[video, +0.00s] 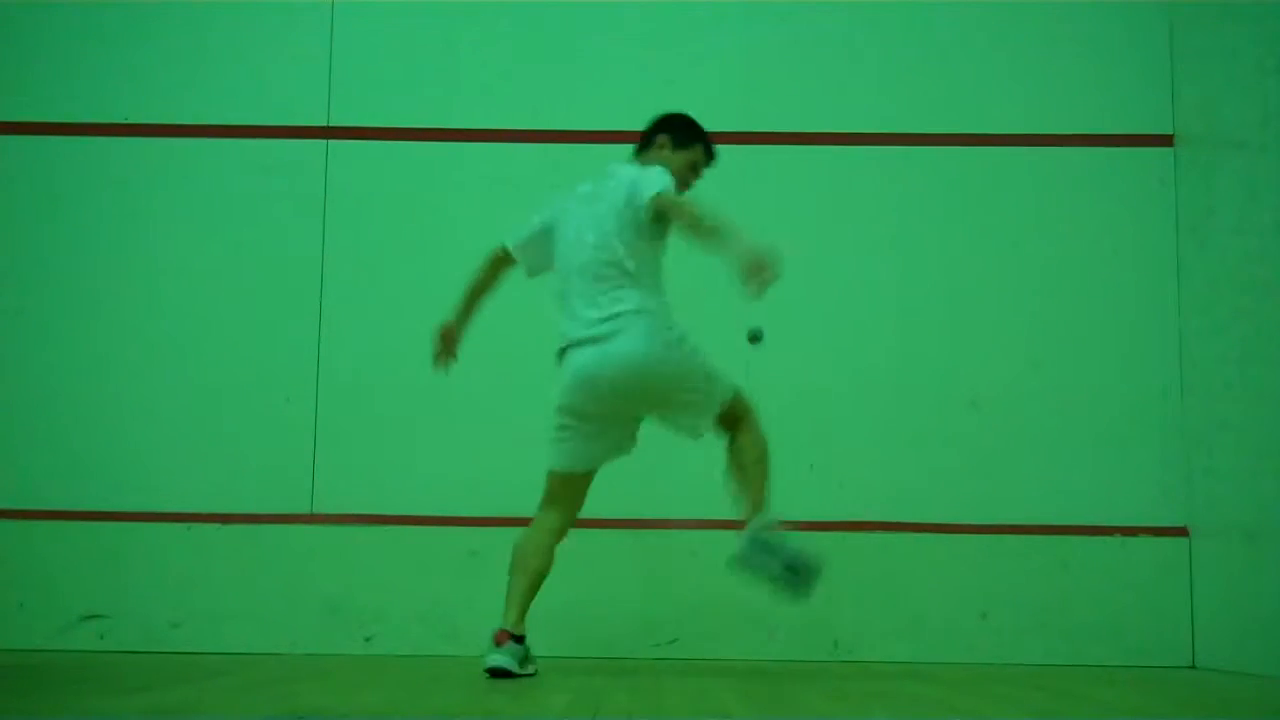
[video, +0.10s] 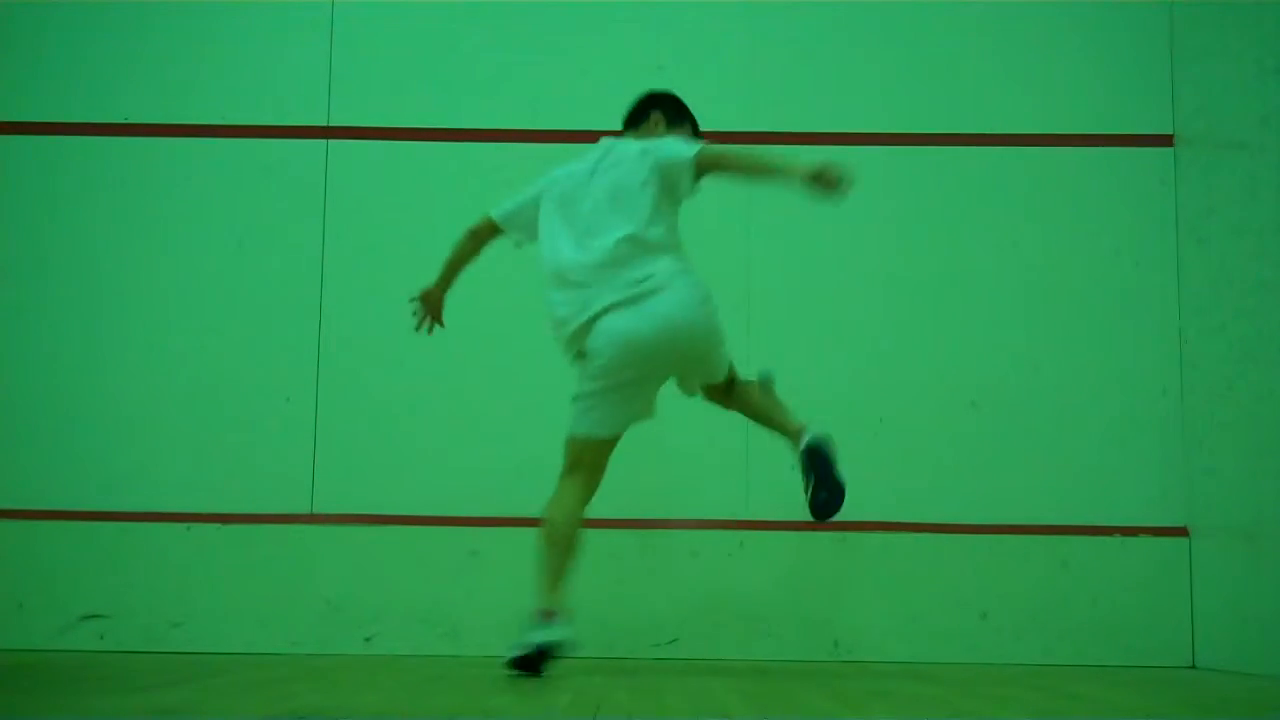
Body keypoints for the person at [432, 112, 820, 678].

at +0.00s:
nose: (690, 182)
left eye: (696, 173)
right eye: (690, 168)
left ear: (647, 146)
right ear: (661, 144)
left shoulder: (572, 202)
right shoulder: (646, 178)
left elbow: (501, 258)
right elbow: (679, 212)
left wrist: (455, 323)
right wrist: (741, 249)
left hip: (584, 367)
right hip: (649, 348)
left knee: (555, 508)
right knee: (738, 416)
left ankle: (509, 635)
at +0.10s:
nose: (685, 152)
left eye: (688, 144)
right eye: (683, 141)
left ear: (634, 122)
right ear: (655, 122)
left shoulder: (558, 181)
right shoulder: (653, 152)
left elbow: (481, 230)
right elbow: (718, 157)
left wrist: (437, 288)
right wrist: (799, 172)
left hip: (608, 343)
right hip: (680, 310)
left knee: (576, 481)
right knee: (725, 385)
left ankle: (547, 619)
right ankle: (804, 438)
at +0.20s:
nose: (673, 129)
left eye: (667, 123)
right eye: (670, 121)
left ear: (609, 121)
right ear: (655, 118)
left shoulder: (566, 166)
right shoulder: (671, 143)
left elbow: (486, 226)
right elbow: (750, 140)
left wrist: (433, 290)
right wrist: (837, 134)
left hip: (643, 322)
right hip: (712, 302)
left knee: (605, 466)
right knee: (705, 421)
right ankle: (803, 479)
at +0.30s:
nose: (581, 154)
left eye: (580, 147)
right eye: (611, 145)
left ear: (581, 146)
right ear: (631, 140)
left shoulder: (572, 185)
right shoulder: (673, 166)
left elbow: (512, 262)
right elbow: (767, 157)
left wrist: (457, 332)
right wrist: (855, 146)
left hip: (683, 343)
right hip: (733, 335)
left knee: (650, 486)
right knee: (696, 472)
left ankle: (701, 629)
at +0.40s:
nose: (553, 223)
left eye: (549, 209)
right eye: (546, 214)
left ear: (571, 185)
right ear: (583, 184)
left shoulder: (608, 232)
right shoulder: (664, 209)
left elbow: (586, 323)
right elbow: (746, 213)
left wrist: (534, 393)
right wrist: (832, 211)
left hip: (713, 380)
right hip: (751, 376)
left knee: (647, 507)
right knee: (692, 508)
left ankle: (704, 638)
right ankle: (745, 573)